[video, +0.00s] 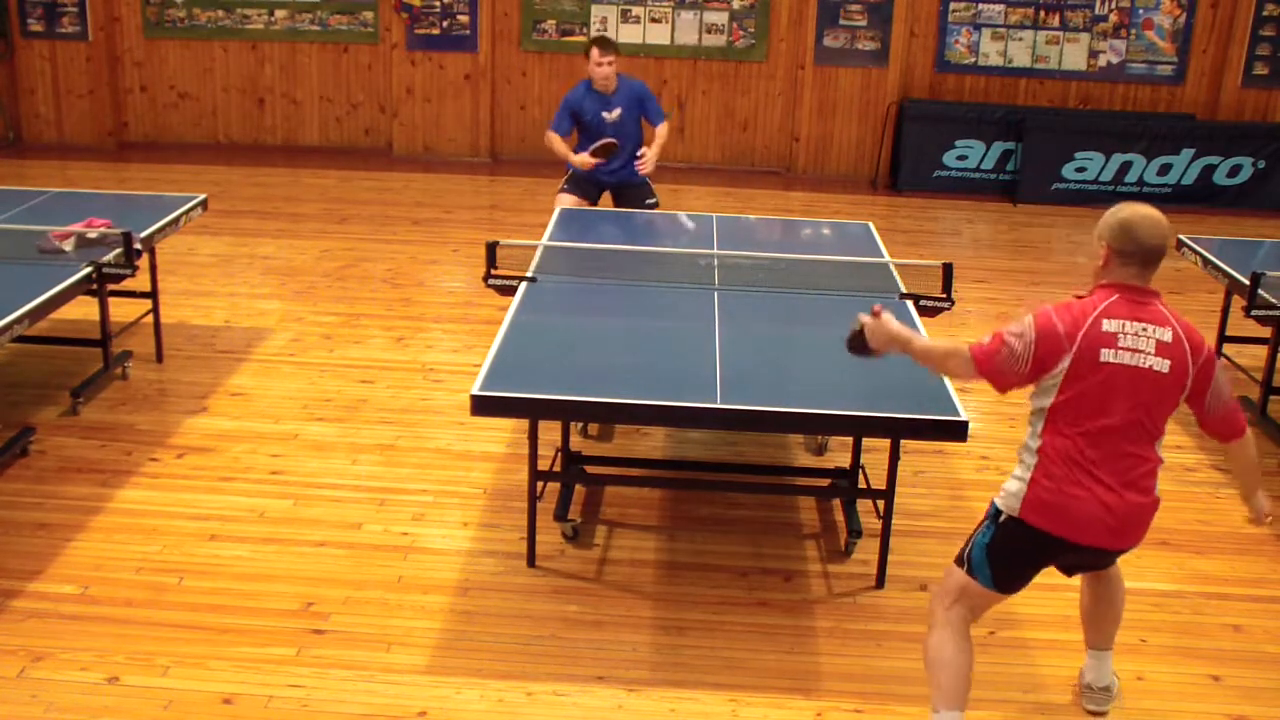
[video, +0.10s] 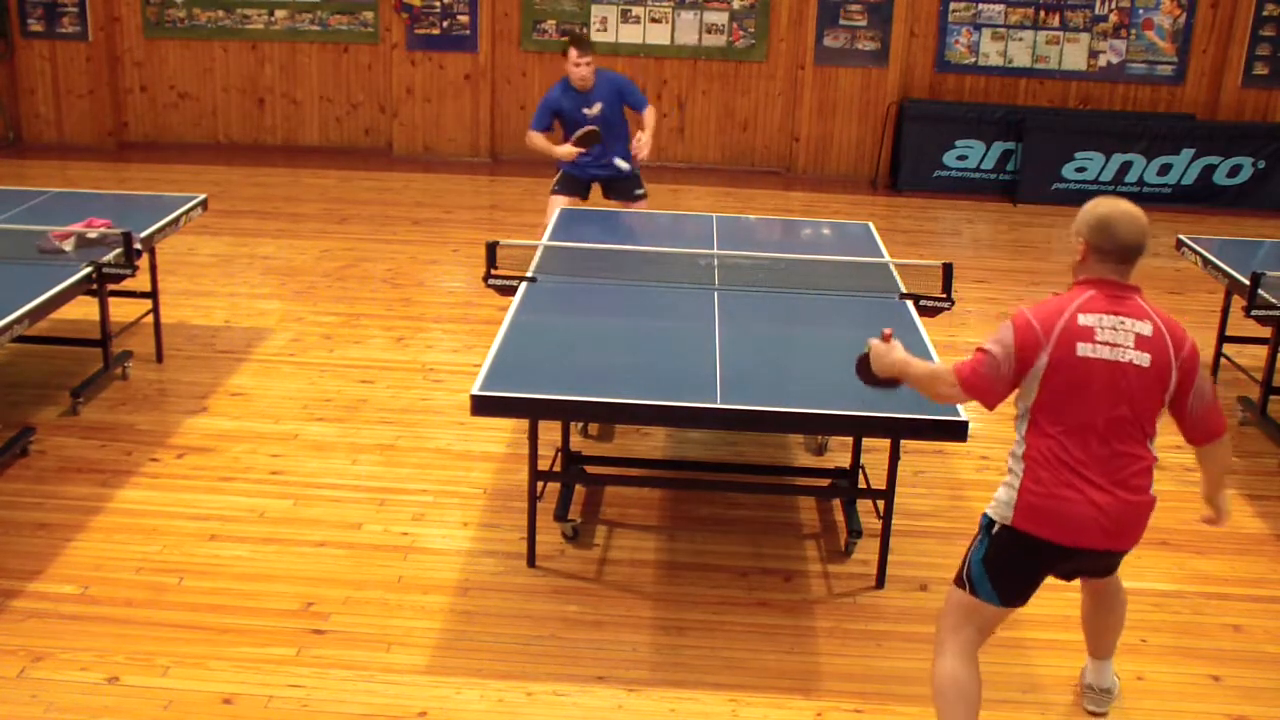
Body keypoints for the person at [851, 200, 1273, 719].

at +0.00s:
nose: (1091, 250)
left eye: (1095, 242)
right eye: (1098, 240)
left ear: (1103, 253)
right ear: (1160, 262)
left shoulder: (1069, 320)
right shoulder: (1187, 341)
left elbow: (973, 362)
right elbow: (1234, 431)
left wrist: (901, 340)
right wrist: (1255, 497)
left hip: (1042, 508)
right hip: (1124, 518)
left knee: (952, 606)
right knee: (1099, 561)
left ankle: (946, 714)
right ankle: (1099, 679)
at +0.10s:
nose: (1070, 243)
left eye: (1073, 237)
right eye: (1074, 234)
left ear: (1082, 248)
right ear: (1139, 255)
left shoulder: (1044, 321)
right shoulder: (1172, 338)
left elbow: (956, 385)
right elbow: (1210, 434)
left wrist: (899, 364)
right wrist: (1216, 494)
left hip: (1034, 514)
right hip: (1118, 521)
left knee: (959, 635)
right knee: (1101, 576)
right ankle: (1101, 679)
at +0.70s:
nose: (922, 312)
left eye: (928, 304)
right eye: (923, 302)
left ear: (960, 317)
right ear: (1003, 306)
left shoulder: (976, 397)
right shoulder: (1048, 345)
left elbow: (906, 491)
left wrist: (816, 461)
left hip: (1031, 586)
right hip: (1098, 558)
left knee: (895, 675)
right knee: (1106, 655)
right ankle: (1142, 718)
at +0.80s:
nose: (929, 305)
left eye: (935, 295)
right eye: (931, 294)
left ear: (966, 306)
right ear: (1012, 300)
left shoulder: (935, 387)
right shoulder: (1061, 364)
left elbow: (831, 403)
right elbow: (1085, 409)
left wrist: (815, 328)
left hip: (1005, 602)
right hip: (1081, 578)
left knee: (871, 685)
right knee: (1078, 651)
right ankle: (1115, 718)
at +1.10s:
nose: (960, 299)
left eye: (962, 291)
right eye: (963, 289)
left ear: (972, 308)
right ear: (1043, 308)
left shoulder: (931, 387)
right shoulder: (1096, 394)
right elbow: (1118, 506)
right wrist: (1072, 548)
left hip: (965, 634)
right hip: (1065, 646)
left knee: (878, 686)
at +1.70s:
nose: (1076, 316)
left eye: (1079, 307)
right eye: (1080, 304)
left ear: (1090, 325)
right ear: (1153, 319)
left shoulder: (1116, 426)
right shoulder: (1191, 365)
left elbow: (1089, 557)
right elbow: (1142, 398)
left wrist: (1007, 579)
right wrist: (1079, 408)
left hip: (1176, 616)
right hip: (1253, 597)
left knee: (1045, 712)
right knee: (1204, 698)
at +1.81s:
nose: (1119, 317)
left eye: (1121, 308)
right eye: (1123, 306)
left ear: (1135, 324)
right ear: (1195, 312)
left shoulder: (1190, 419)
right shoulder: (1213, 356)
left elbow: (1191, 545)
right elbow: (1146, 377)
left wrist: (1083, 575)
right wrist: (1070, 379)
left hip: (1224, 612)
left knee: (1103, 712)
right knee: (1234, 690)